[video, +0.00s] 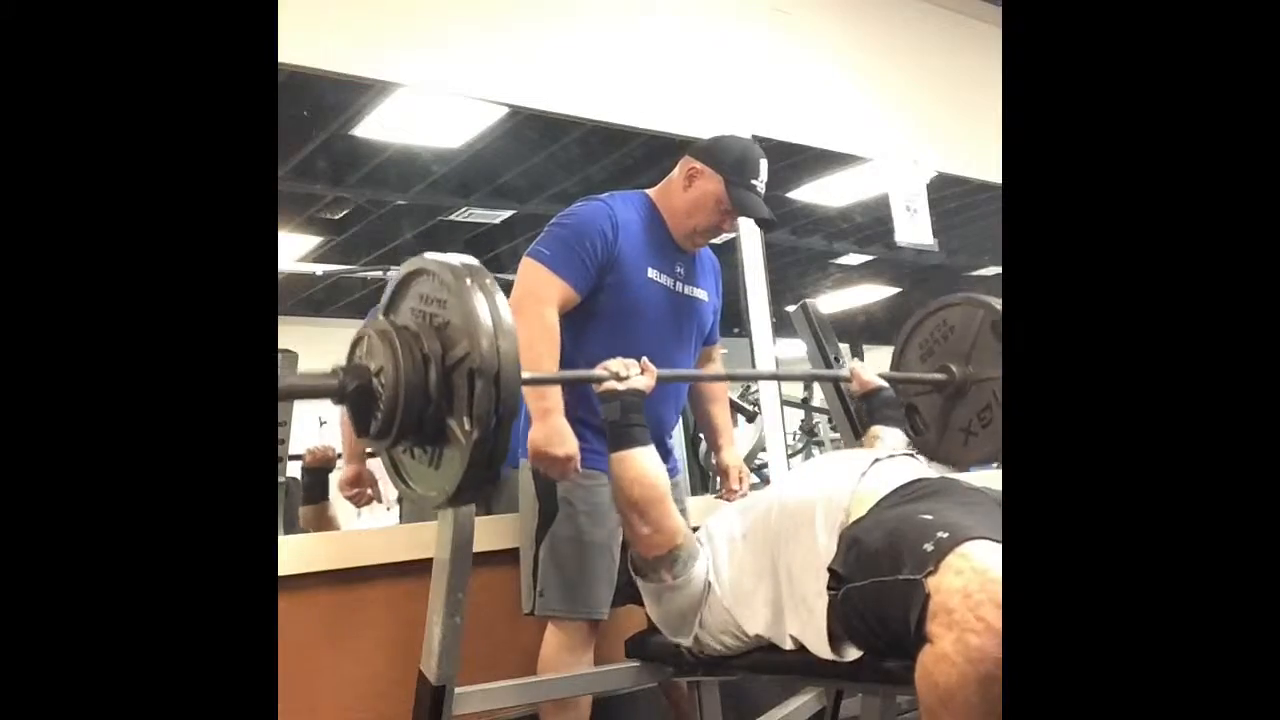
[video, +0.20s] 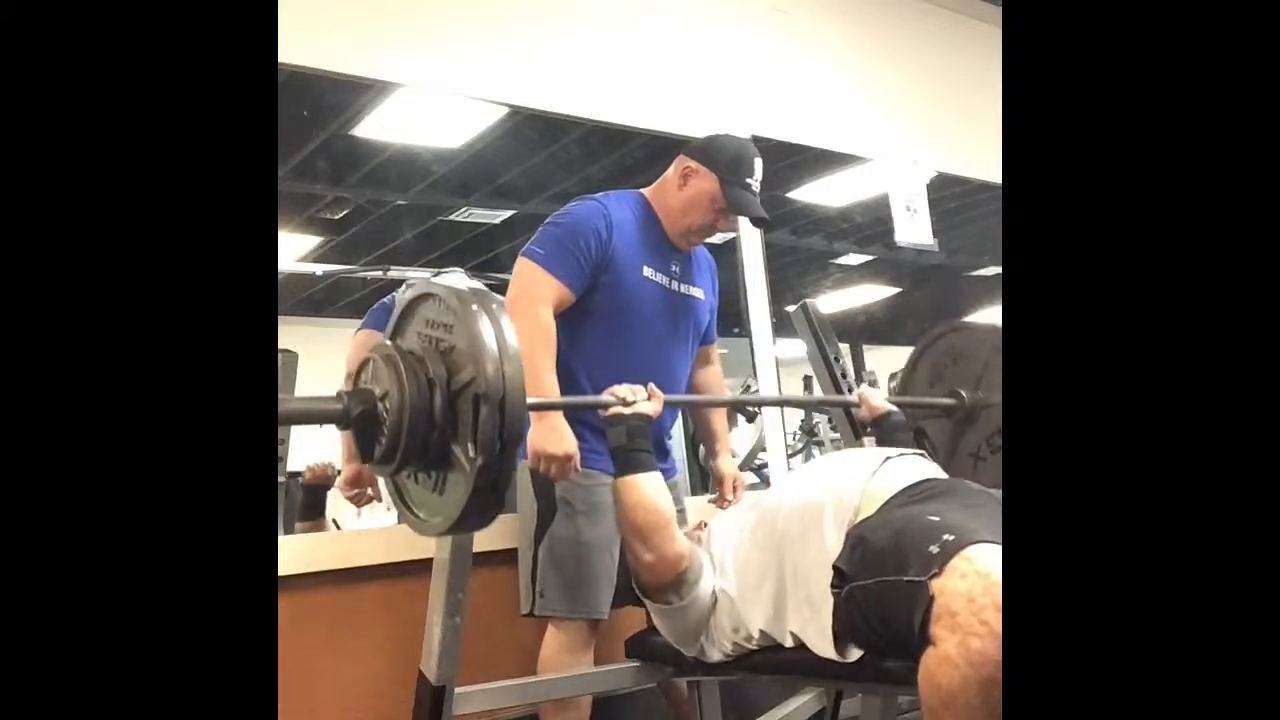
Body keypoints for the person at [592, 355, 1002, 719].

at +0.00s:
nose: (722, 491)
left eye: (720, 491)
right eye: (701, 497)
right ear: (684, 533)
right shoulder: (695, 593)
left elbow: (891, 459)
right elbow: (647, 517)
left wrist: (878, 399)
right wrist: (625, 411)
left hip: (974, 482)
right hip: (882, 515)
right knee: (985, 599)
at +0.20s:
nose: (697, 522)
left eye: (697, 514)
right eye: (683, 530)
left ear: (719, 511)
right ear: (672, 563)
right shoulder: (701, 607)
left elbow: (910, 479)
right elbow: (654, 547)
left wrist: (884, 418)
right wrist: (631, 432)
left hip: (950, 491)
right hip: (873, 528)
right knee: (985, 598)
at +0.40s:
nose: (689, 521)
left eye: (686, 512)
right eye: (675, 532)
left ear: (704, 503)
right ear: (666, 568)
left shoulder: (756, 503)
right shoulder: (705, 608)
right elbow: (660, 566)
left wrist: (879, 441)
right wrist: (633, 449)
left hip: (953, 489)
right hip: (877, 533)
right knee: (984, 593)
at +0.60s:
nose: (685, 520)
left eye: (686, 513)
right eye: (672, 531)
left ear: (705, 504)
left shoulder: (756, 504)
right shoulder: (706, 606)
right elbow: (662, 586)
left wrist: (881, 447)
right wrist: (635, 463)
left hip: (957, 490)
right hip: (880, 524)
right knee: (984, 597)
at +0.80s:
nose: (689, 510)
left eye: (686, 508)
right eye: (677, 522)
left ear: (705, 502)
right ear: (682, 554)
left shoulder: (767, 500)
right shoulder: (710, 603)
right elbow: (665, 597)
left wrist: (886, 447)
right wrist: (642, 482)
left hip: (950, 490)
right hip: (876, 531)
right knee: (986, 601)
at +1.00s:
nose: (693, 507)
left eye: (690, 502)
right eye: (680, 517)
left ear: (706, 500)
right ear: (674, 548)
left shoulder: (760, 508)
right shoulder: (707, 593)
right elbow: (671, 616)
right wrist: (650, 493)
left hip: (951, 488)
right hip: (877, 528)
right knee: (985, 601)